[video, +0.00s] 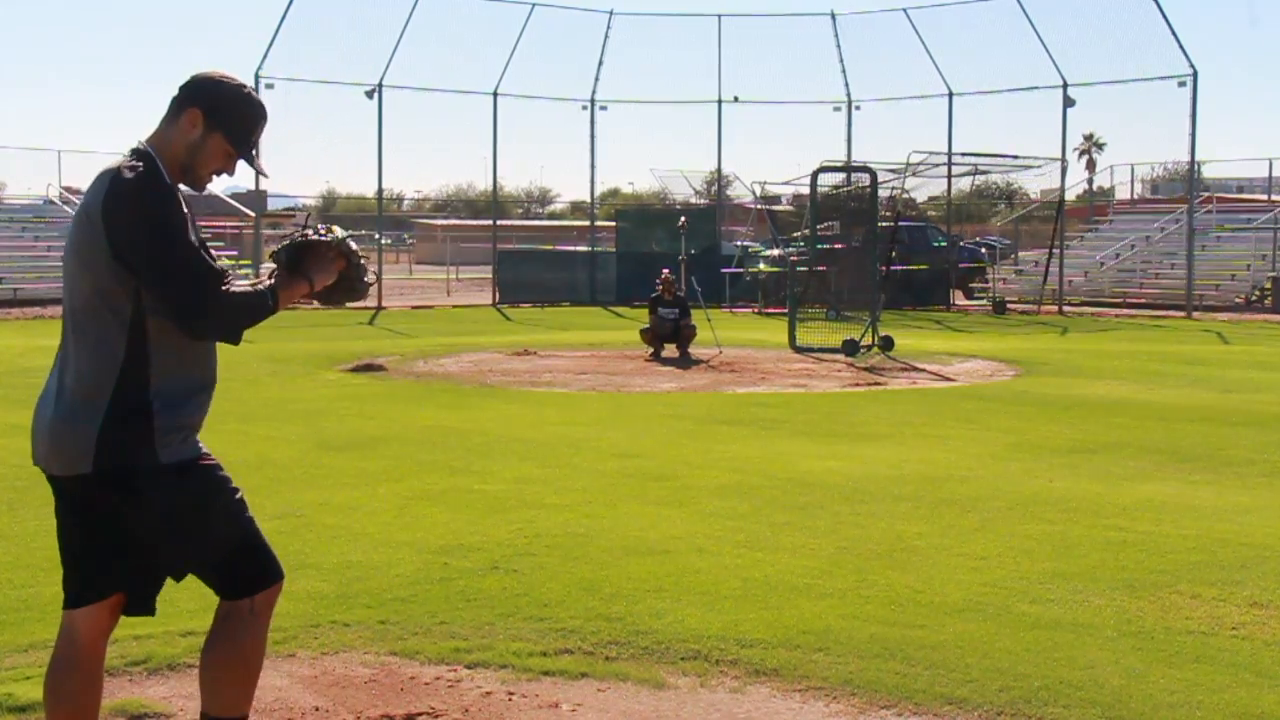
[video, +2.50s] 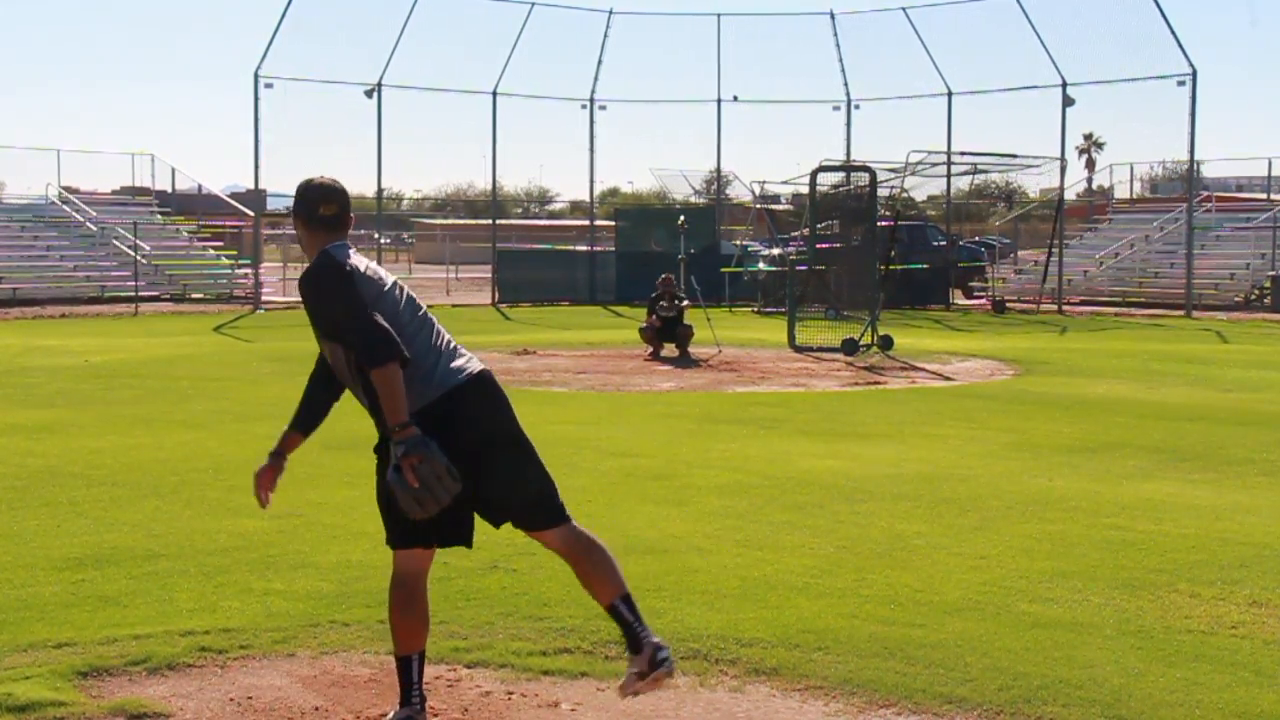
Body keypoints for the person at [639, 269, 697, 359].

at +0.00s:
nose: (668, 286)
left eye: (671, 284)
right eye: (665, 284)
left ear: (674, 285)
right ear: (662, 285)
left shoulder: (681, 300)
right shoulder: (654, 299)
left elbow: (686, 319)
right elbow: (652, 318)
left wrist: (674, 325)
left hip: (677, 329)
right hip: (660, 330)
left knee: (690, 329)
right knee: (645, 332)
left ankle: (683, 350)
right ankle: (657, 348)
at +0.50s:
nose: (669, 286)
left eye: (671, 283)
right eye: (666, 283)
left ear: (675, 285)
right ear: (662, 285)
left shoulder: (682, 300)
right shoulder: (655, 299)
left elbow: (688, 319)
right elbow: (653, 318)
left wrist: (675, 324)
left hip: (677, 329)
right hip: (661, 329)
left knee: (691, 329)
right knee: (645, 332)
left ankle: (683, 350)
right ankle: (657, 348)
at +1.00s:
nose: (669, 286)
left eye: (672, 283)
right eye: (666, 284)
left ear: (675, 285)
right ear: (662, 285)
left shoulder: (682, 299)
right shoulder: (655, 299)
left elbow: (687, 319)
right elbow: (653, 318)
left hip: (677, 328)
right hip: (661, 328)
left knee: (691, 329)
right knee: (645, 332)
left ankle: (683, 349)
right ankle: (657, 347)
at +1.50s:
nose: (668, 286)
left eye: (671, 283)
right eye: (665, 283)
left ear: (675, 284)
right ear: (661, 284)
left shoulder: (681, 299)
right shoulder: (654, 298)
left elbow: (686, 319)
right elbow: (652, 318)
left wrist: (673, 324)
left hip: (676, 327)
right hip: (660, 327)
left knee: (690, 329)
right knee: (645, 332)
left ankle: (683, 349)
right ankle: (656, 348)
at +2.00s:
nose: (667, 286)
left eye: (670, 283)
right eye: (664, 283)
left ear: (674, 285)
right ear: (660, 285)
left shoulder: (680, 299)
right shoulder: (654, 299)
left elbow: (686, 316)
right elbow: (651, 318)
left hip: (677, 326)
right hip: (661, 326)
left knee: (688, 328)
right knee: (646, 331)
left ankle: (683, 349)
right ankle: (657, 347)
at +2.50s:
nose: (667, 289)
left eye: (669, 286)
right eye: (664, 286)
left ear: (674, 286)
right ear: (659, 286)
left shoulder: (678, 297)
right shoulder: (654, 298)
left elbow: (687, 303)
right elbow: (648, 319)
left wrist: (680, 306)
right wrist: (654, 321)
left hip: (675, 328)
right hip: (660, 328)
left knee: (687, 329)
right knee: (645, 330)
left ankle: (683, 350)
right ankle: (656, 347)